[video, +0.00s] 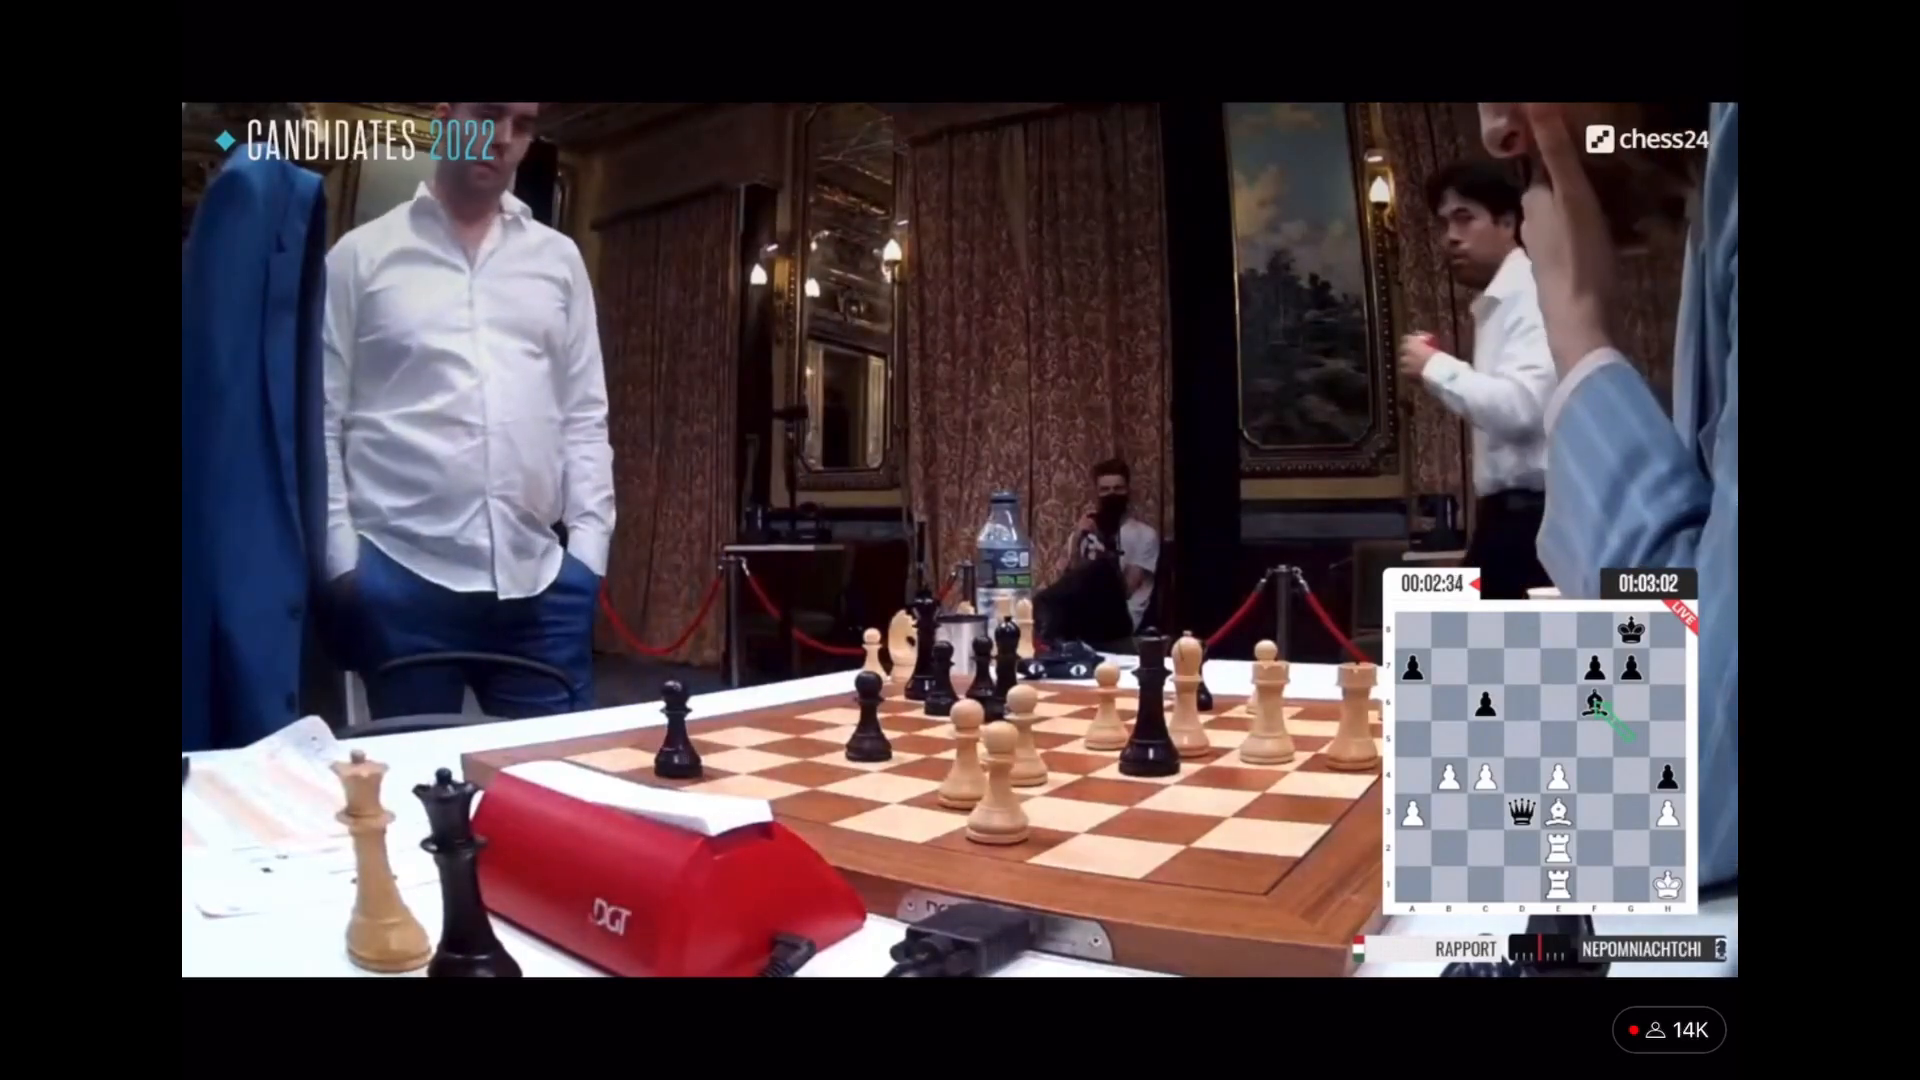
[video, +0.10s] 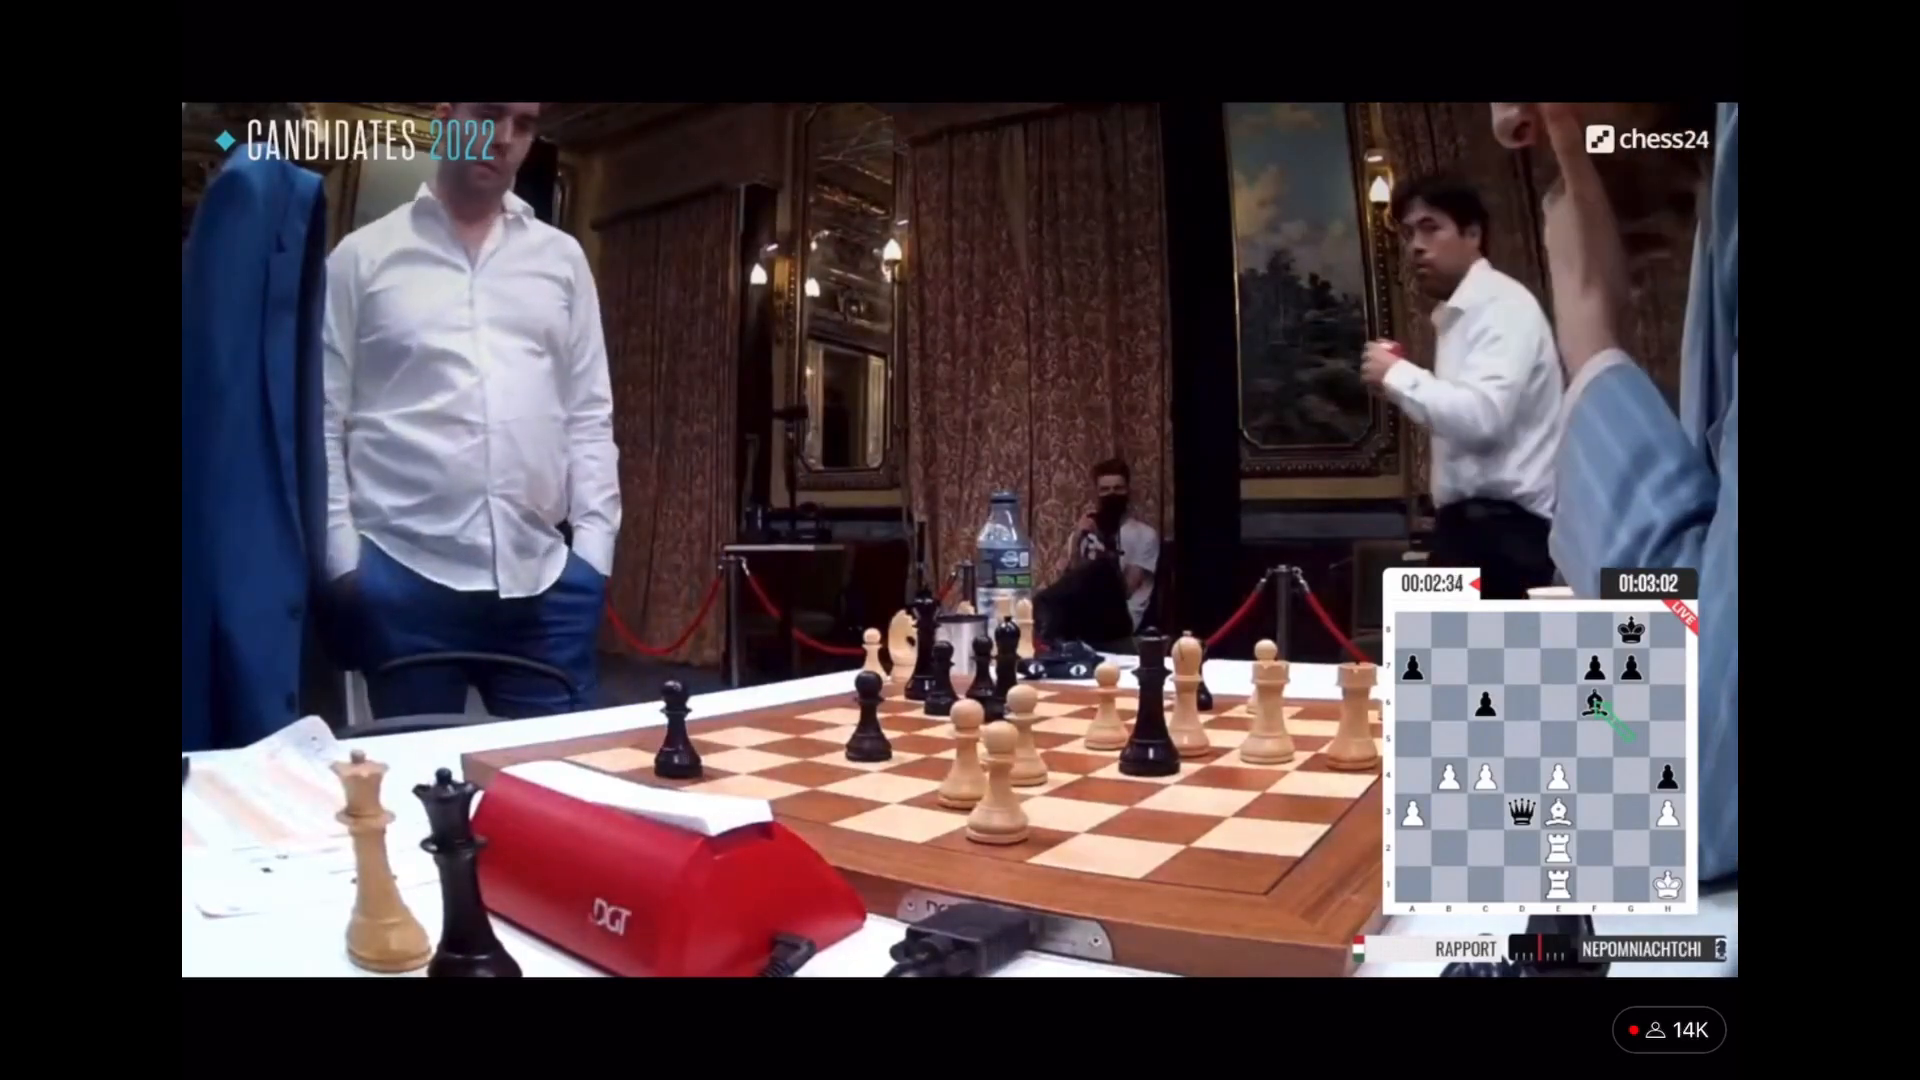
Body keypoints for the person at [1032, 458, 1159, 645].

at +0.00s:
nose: (1112, 495)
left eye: (1118, 489)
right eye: (1104, 490)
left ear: (1127, 491)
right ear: (1096, 492)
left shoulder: (1145, 535)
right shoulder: (1086, 530)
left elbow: (1126, 589)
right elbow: (1069, 578)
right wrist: (1076, 535)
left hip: (1123, 621)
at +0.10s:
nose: (1112, 495)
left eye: (1118, 489)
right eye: (1104, 490)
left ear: (1127, 491)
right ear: (1096, 493)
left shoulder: (1145, 535)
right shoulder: (1086, 531)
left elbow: (1126, 589)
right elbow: (1070, 578)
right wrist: (1077, 536)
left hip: (1123, 621)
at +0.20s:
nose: (1111, 495)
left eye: (1118, 489)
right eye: (1104, 489)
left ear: (1128, 491)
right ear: (1096, 492)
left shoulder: (1145, 535)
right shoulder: (1086, 531)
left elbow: (1126, 589)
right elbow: (1070, 579)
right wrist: (1077, 535)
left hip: (1123, 622)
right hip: (1085, 614)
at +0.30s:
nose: (1111, 495)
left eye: (1118, 489)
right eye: (1104, 489)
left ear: (1128, 491)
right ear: (1096, 492)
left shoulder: (1145, 535)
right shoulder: (1085, 531)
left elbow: (1126, 589)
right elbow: (1071, 580)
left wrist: (1102, 537)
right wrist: (1076, 535)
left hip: (1123, 621)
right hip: (1084, 614)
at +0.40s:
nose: (1112, 495)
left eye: (1118, 489)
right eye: (1104, 489)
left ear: (1128, 491)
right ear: (1096, 492)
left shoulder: (1145, 535)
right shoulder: (1085, 530)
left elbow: (1126, 589)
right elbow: (1070, 579)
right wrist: (1077, 535)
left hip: (1123, 622)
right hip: (1085, 614)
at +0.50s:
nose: (1111, 495)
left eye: (1118, 489)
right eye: (1104, 489)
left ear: (1128, 491)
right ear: (1096, 492)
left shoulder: (1145, 535)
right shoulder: (1085, 531)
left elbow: (1126, 589)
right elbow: (1069, 579)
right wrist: (1077, 535)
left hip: (1123, 622)